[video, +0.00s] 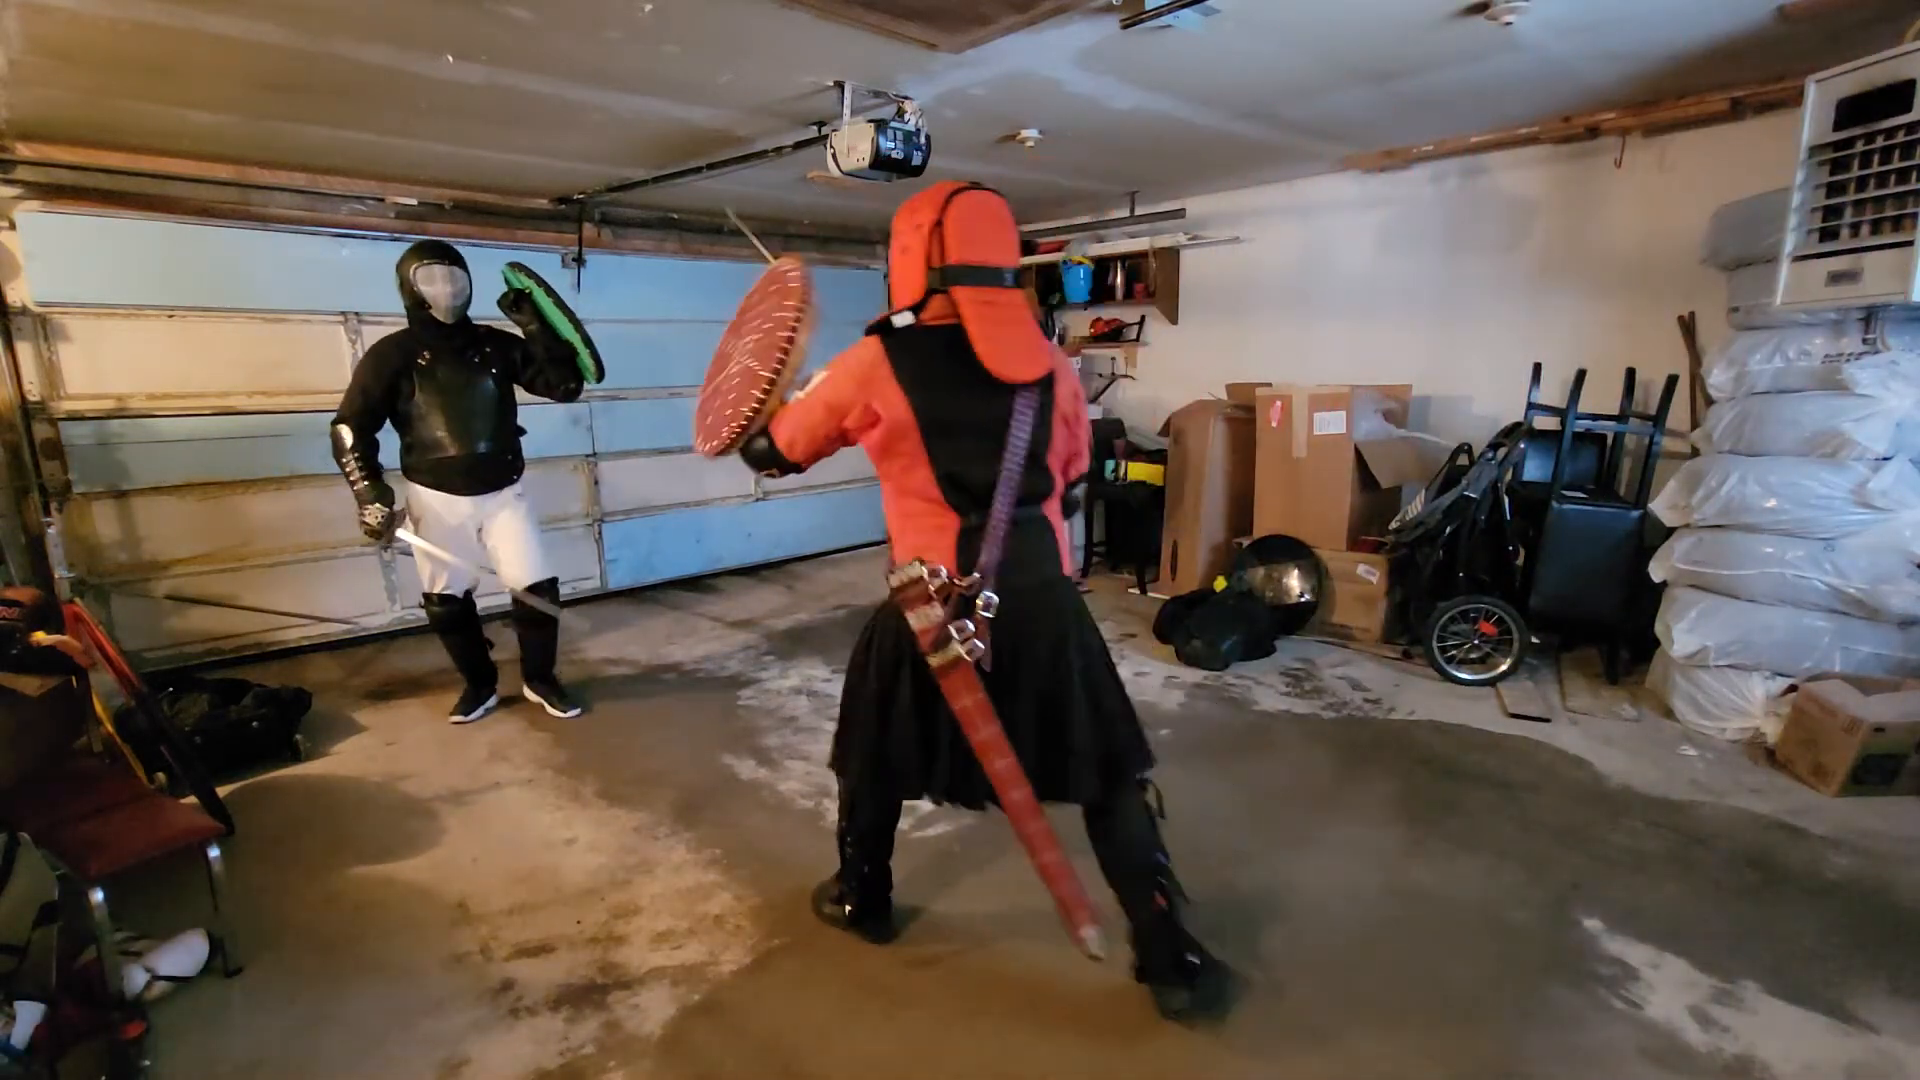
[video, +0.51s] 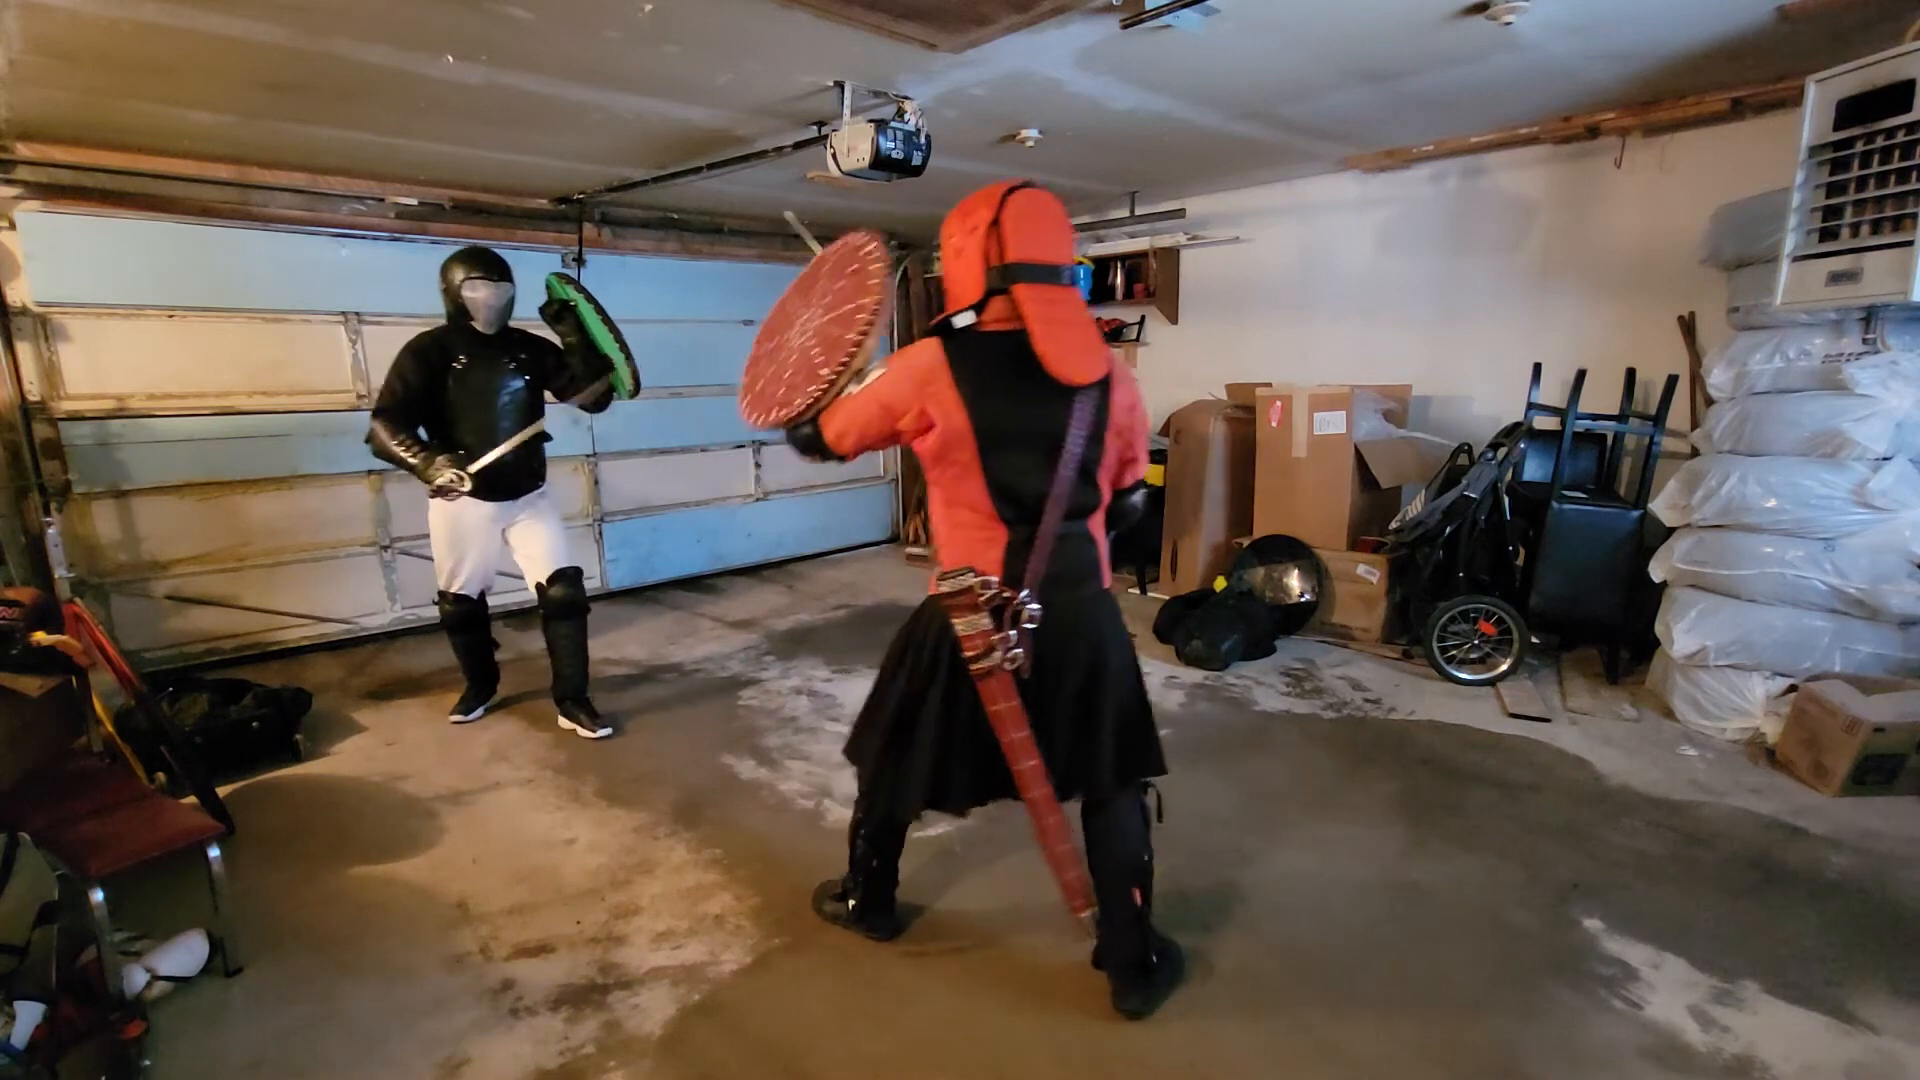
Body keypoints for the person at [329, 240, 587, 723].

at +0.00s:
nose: (446, 289)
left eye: (453, 277)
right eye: (432, 279)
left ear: (468, 282)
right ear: (410, 289)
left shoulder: (497, 346)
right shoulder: (392, 356)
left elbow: (565, 384)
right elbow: (349, 429)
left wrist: (535, 326)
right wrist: (371, 495)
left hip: (503, 496)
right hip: (435, 501)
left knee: (536, 586)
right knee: (446, 602)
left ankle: (540, 679)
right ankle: (480, 682)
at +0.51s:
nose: (499, 290)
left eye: (504, 282)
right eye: (486, 282)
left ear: (511, 289)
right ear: (458, 292)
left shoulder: (531, 349)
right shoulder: (428, 352)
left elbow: (593, 395)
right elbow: (384, 428)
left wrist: (573, 334)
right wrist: (428, 464)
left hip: (528, 498)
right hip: (460, 502)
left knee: (564, 590)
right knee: (459, 606)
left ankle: (572, 700)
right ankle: (480, 685)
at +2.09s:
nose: (488, 307)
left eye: (492, 297)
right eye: (475, 299)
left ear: (500, 301)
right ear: (452, 307)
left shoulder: (520, 356)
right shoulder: (428, 364)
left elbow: (581, 398)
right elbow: (382, 434)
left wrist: (557, 342)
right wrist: (416, 473)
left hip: (522, 493)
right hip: (458, 497)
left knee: (580, 573)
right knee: (451, 601)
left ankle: (628, 658)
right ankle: (468, 676)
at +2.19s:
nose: (510, 304)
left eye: (513, 296)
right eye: (497, 297)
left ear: (520, 301)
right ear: (473, 307)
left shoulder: (540, 357)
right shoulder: (449, 363)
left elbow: (598, 397)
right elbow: (404, 433)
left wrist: (572, 340)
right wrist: (436, 474)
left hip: (539, 494)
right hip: (476, 496)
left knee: (595, 571)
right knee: (462, 596)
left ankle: (635, 659)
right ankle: (469, 674)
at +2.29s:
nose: (535, 303)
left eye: (536, 295)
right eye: (524, 296)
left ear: (540, 302)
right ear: (498, 305)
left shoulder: (560, 357)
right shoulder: (469, 362)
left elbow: (616, 397)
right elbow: (429, 432)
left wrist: (588, 337)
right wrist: (458, 475)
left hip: (559, 490)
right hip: (494, 493)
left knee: (613, 570)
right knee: (472, 593)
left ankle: (641, 663)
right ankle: (469, 675)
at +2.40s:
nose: (563, 302)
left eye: (561, 294)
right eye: (551, 294)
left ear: (558, 302)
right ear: (525, 302)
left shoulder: (580, 358)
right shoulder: (491, 359)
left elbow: (633, 397)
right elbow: (457, 427)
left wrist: (610, 340)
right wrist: (482, 486)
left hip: (572, 493)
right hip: (508, 493)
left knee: (622, 571)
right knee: (480, 589)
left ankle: (642, 662)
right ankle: (471, 674)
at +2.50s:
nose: (576, 302)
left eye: (577, 294)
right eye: (564, 295)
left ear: (581, 303)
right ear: (538, 303)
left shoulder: (592, 359)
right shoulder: (506, 357)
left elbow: (644, 400)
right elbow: (479, 427)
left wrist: (626, 340)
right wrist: (502, 491)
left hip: (578, 490)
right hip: (516, 489)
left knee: (623, 566)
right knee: (481, 587)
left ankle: (642, 661)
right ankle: (478, 662)